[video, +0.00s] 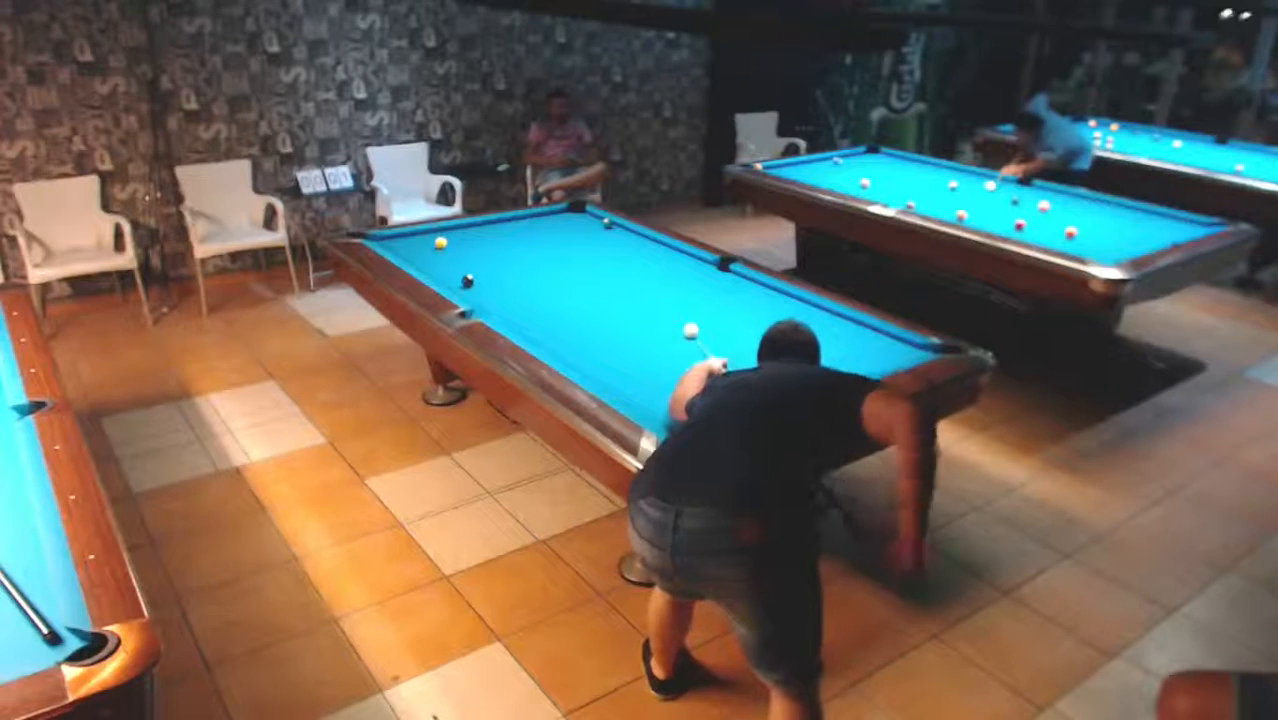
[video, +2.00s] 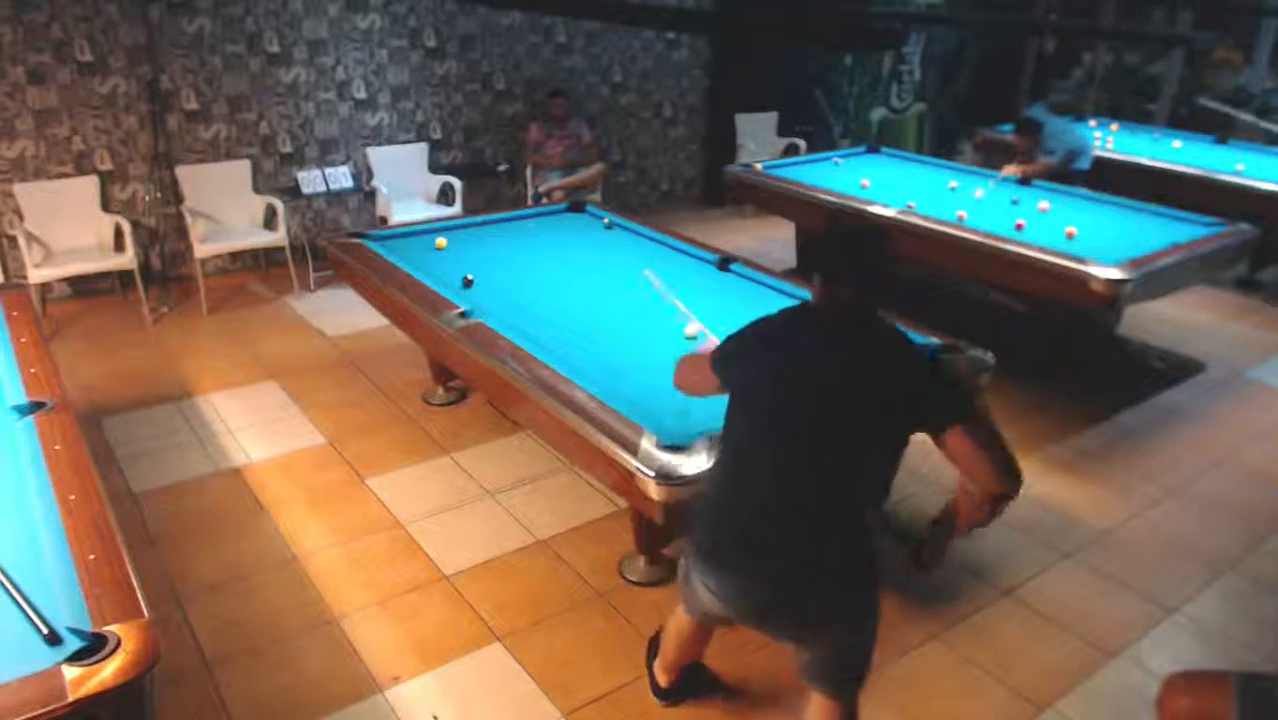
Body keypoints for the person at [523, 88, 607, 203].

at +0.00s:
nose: (560, 111)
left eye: (563, 106)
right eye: (556, 107)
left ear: (569, 107)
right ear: (549, 108)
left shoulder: (578, 125)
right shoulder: (539, 127)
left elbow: (592, 152)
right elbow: (528, 157)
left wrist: (574, 161)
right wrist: (553, 162)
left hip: (577, 166)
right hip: (551, 169)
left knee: (601, 169)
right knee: (559, 196)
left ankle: (548, 188)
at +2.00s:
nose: (559, 110)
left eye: (562, 106)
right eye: (555, 107)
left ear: (568, 107)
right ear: (548, 108)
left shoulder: (578, 126)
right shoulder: (538, 128)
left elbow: (591, 153)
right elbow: (529, 156)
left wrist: (567, 160)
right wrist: (552, 162)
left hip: (576, 166)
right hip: (550, 170)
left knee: (600, 168)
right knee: (558, 196)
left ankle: (551, 186)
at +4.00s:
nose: (563, 110)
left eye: (566, 106)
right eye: (559, 106)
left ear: (571, 107)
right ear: (551, 108)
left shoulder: (579, 125)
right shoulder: (539, 126)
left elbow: (592, 154)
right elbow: (528, 157)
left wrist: (570, 160)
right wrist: (554, 162)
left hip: (575, 167)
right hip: (549, 171)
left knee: (601, 168)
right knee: (558, 196)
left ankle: (550, 187)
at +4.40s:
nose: (565, 111)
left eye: (568, 107)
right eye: (561, 107)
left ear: (572, 108)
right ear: (552, 108)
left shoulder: (579, 126)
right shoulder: (539, 127)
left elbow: (593, 155)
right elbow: (529, 157)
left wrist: (572, 161)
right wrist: (555, 161)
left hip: (577, 166)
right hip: (552, 169)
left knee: (601, 169)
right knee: (559, 196)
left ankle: (551, 186)